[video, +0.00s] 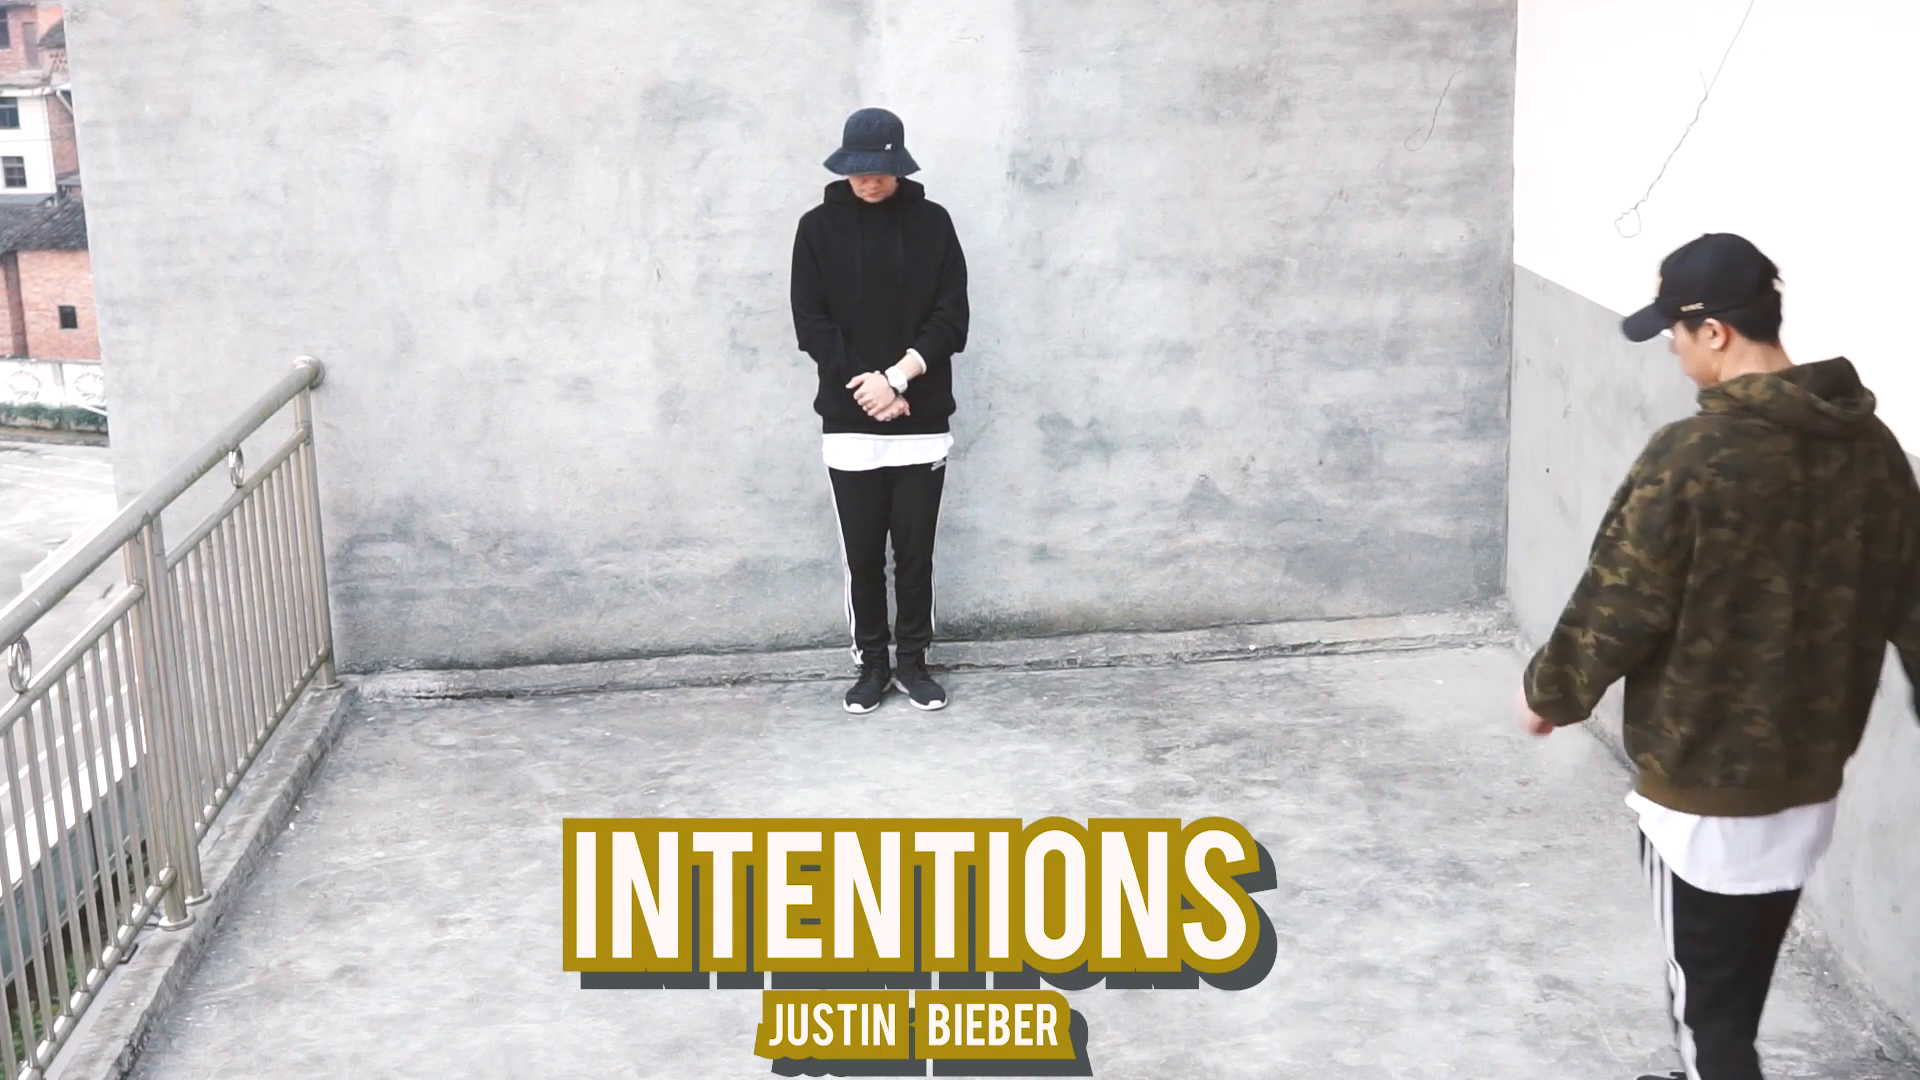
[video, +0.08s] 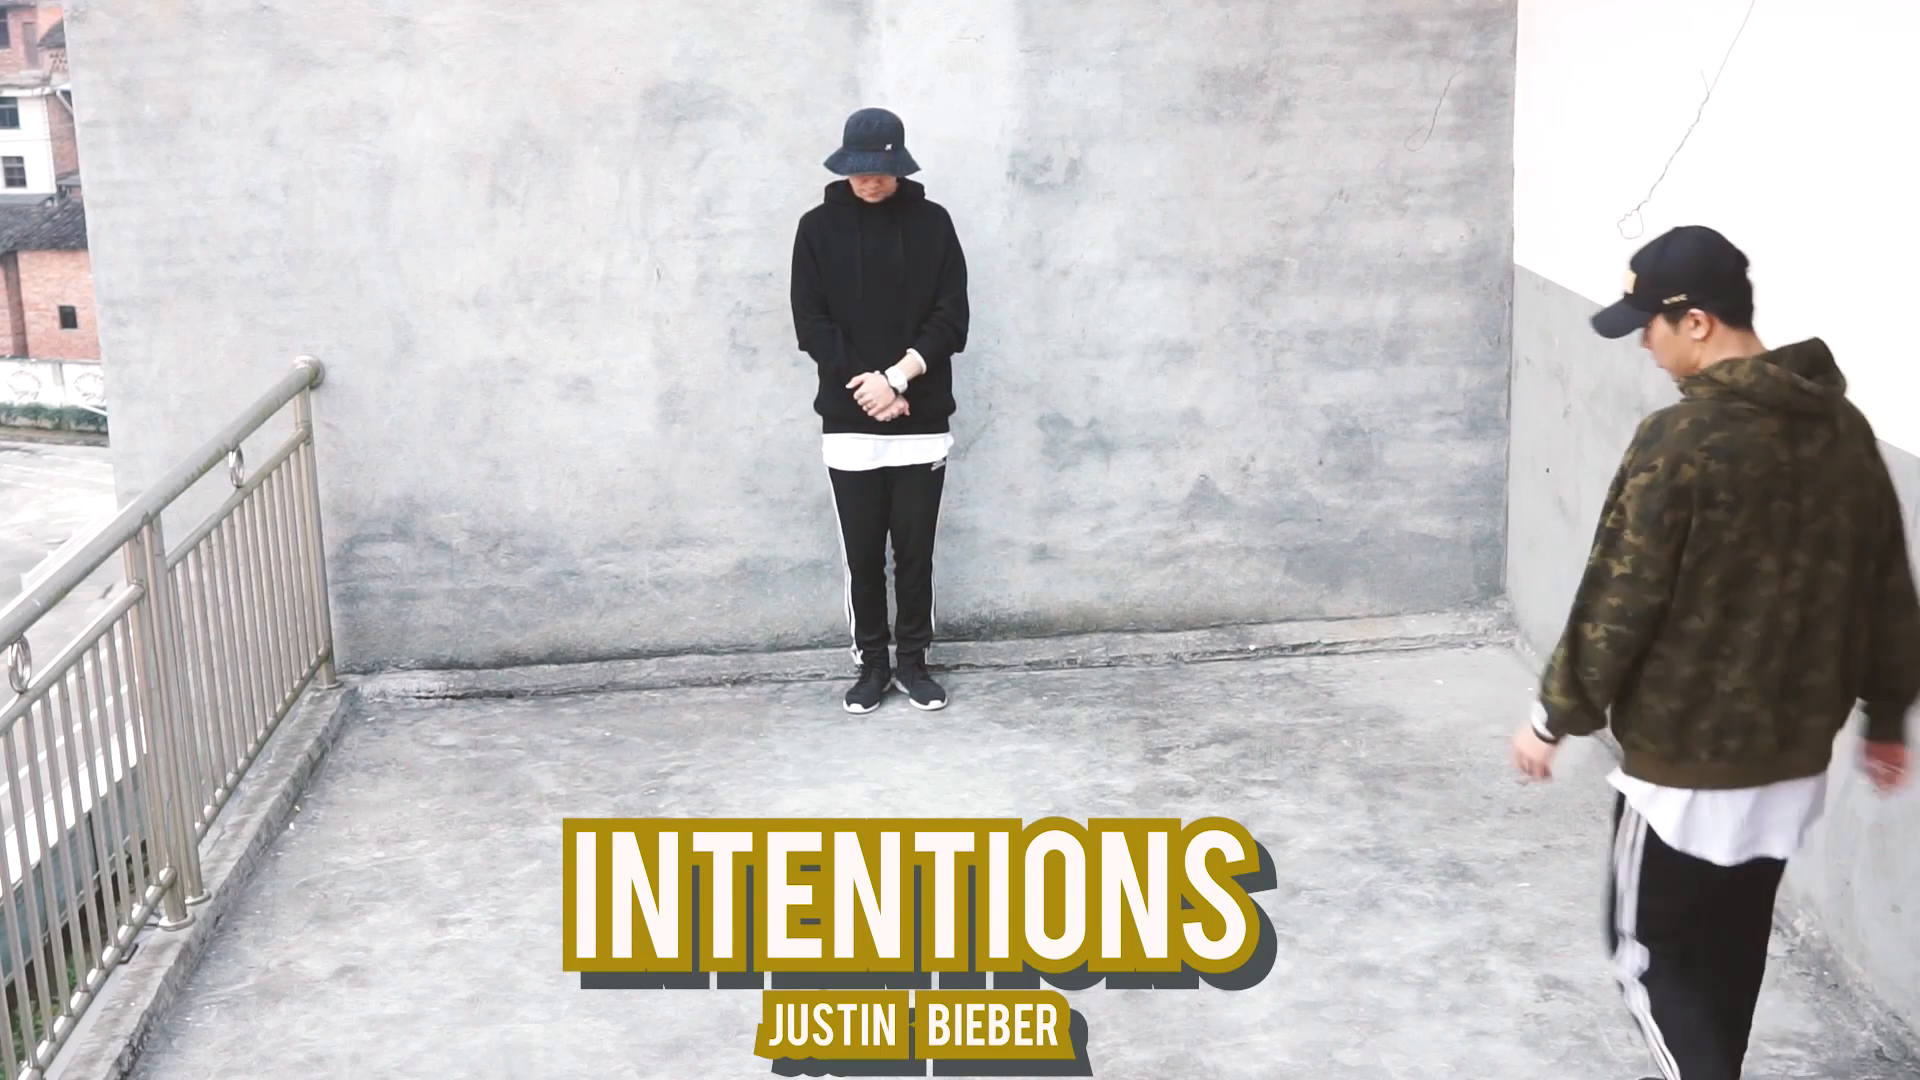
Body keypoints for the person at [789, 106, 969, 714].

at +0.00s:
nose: (870, 181)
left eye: (881, 170)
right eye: (859, 170)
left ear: (900, 167)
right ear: (844, 168)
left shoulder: (932, 221)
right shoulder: (818, 226)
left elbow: (952, 317)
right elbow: (810, 323)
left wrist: (897, 373)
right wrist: (866, 386)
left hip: (922, 415)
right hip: (847, 418)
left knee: (914, 551)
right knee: (863, 554)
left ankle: (913, 664)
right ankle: (872, 667)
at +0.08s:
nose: (870, 181)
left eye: (881, 170)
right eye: (860, 170)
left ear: (900, 167)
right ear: (844, 168)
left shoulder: (932, 221)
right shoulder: (818, 226)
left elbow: (952, 317)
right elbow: (810, 323)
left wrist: (897, 373)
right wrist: (866, 386)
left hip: (922, 415)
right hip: (847, 418)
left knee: (914, 551)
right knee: (863, 554)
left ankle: (913, 664)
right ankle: (872, 667)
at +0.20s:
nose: (870, 181)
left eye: (881, 170)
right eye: (859, 170)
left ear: (900, 167)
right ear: (844, 168)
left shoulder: (932, 222)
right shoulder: (819, 226)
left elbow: (952, 317)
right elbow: (810, 322)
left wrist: (897, 373)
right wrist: (866, 386)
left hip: (922, 415)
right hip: (848, 418)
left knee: (914, 551)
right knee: (863, 554)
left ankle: (913, 664)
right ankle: (872, 667)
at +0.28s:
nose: (870, 181)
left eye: (881, 171)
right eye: (859, 170)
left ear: (900, 168)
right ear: (844, 169)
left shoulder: (932, 222)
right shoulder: (819, 226)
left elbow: (952, 317)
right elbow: (810, 322)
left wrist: (897, 373)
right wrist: (866, 386)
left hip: (922, 415)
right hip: (848, 418)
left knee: (914, 550)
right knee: (863, 554)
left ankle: (913, 664)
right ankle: (872, 667)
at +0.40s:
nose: (870, 181)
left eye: (881, 171)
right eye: (859, 171)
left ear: (900, 168)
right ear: (844, 169)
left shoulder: (932, 222)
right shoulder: (819, 226)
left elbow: (952, 317)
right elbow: (810, 322)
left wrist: (898, 373)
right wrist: (865, 386)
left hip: (922, 415)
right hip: (848, 417)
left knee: (914, 550)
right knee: (863, 553)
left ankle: (913, 664)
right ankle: (873, 667)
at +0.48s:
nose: (870, 181)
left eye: (881, 171)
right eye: (859, 171)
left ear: (900, 168)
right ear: (844, 169)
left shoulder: (931, 222)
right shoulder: (818, 226)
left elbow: (952, 318)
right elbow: (810, 322)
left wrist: (897, 373)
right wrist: (866, 386)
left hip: (922, 415)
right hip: (848, 417)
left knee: (914, 550)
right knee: (863, 553)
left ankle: (913, 664)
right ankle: (873, 667)